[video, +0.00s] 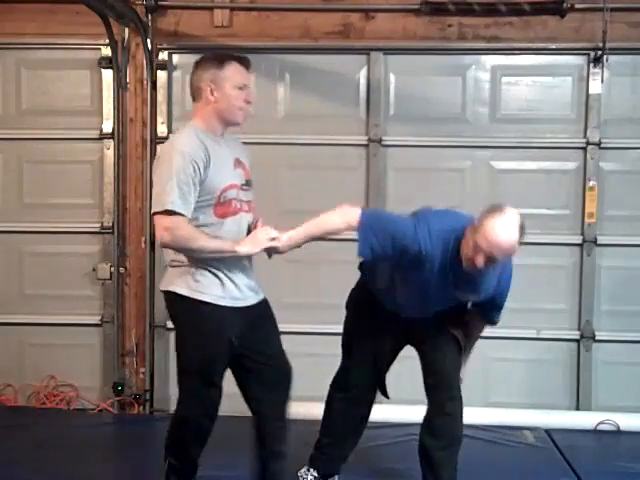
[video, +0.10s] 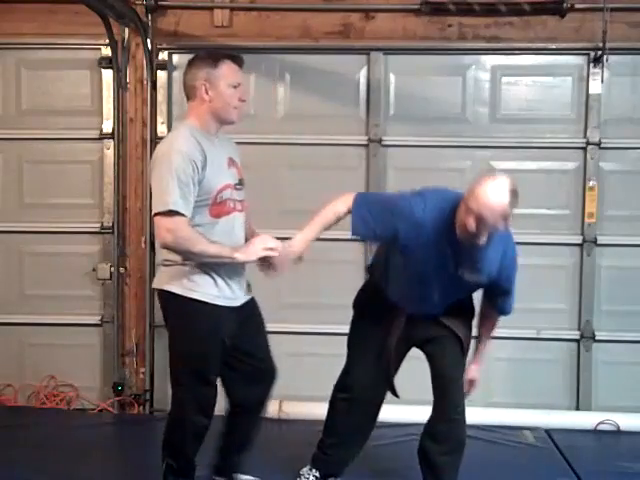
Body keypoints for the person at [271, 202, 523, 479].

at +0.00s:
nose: (479, 262)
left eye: (491, 259)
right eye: (478, 250)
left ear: (505, 256)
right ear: (471, 230)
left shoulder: (498, 273)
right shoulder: (422, 238)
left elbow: (478, 321)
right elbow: (350, 216)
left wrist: (453, 367)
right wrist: (291, 238)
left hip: (437, 315)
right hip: (380, 303)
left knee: (446, 397)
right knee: (355, 384)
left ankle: (440, 475)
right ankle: (321, 470)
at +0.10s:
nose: (476, 228)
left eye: (487, 224)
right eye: (472, 215)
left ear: (503, 222)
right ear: (464, 199)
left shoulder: (502, 250)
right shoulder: (420, 212)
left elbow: (494, 304)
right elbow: (346, 203)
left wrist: (477, 361)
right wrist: (298, 243)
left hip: (446, 312)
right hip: (387, 301)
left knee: (451, 400)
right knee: (360, 387)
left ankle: (440, 473)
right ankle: (323, 469)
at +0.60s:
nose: (380, 115)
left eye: (388, 108)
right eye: (382, 107)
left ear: (416, 115)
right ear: (408, 115)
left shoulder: (451, 170)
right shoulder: (383, 161)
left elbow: (489, 243)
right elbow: (375, 227)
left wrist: (502, 311)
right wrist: (362, 284)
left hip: (451, 301)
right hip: (400, 297)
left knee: (441, 401)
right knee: (390, 400)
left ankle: (444, 472)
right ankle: (400, 471)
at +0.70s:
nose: (372, 112)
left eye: (379, 105)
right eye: (373, 104)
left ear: (405, 110)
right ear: (399, 111)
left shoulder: (442, 164)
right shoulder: (383, 158)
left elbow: (470, 241)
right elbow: (374, 229)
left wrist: (467, 308)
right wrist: (357, 283)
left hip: (442, 297)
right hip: (399, 296)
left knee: (433, 390)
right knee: (384, 396)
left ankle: (461, 470)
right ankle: (399, 472)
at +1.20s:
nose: (403, 106)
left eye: (408, 97)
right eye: (405, 97)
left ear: (432, 102)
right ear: (439, 103)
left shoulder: (443, 159)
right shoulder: (464, 151)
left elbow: (406, 237)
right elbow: (455, 222)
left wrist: (358, 267)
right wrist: (415, 255)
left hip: (460, 299)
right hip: (449, 296)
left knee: (472, 412)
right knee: (412, 399)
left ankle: (498, 479)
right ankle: (399, 474)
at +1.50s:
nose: (423, 110)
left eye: (429, 101)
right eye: (425, 100)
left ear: (455, 105)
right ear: (463, 108)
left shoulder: (441, 164)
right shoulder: (505, 153)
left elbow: (394, 231)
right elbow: (548, 206)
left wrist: (335, 269)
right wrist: (514, 180)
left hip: (456, 304)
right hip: (488, 301)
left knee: (467, 414)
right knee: (405, 393)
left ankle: (497, 478)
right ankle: (392, 475)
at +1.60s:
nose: (421, 109)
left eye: (427, 101)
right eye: (423, 100)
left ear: (454, 106)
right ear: (462, 108)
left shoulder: (441, 163)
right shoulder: (504, 155)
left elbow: (399, 233)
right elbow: (545, 208)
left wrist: (336, 275)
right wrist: (511, 181)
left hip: (453, 304)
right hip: (482, 300)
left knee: (464, 412)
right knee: (399, 385)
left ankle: (497, 479)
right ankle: (374, 474)